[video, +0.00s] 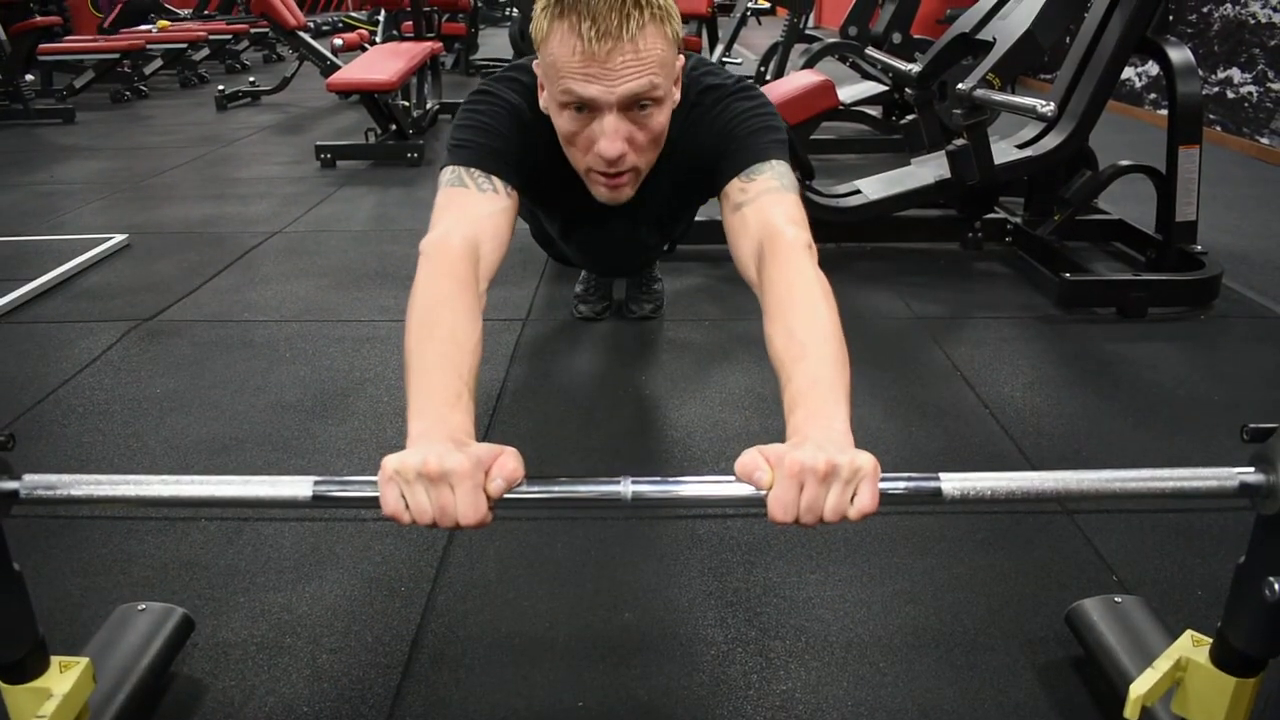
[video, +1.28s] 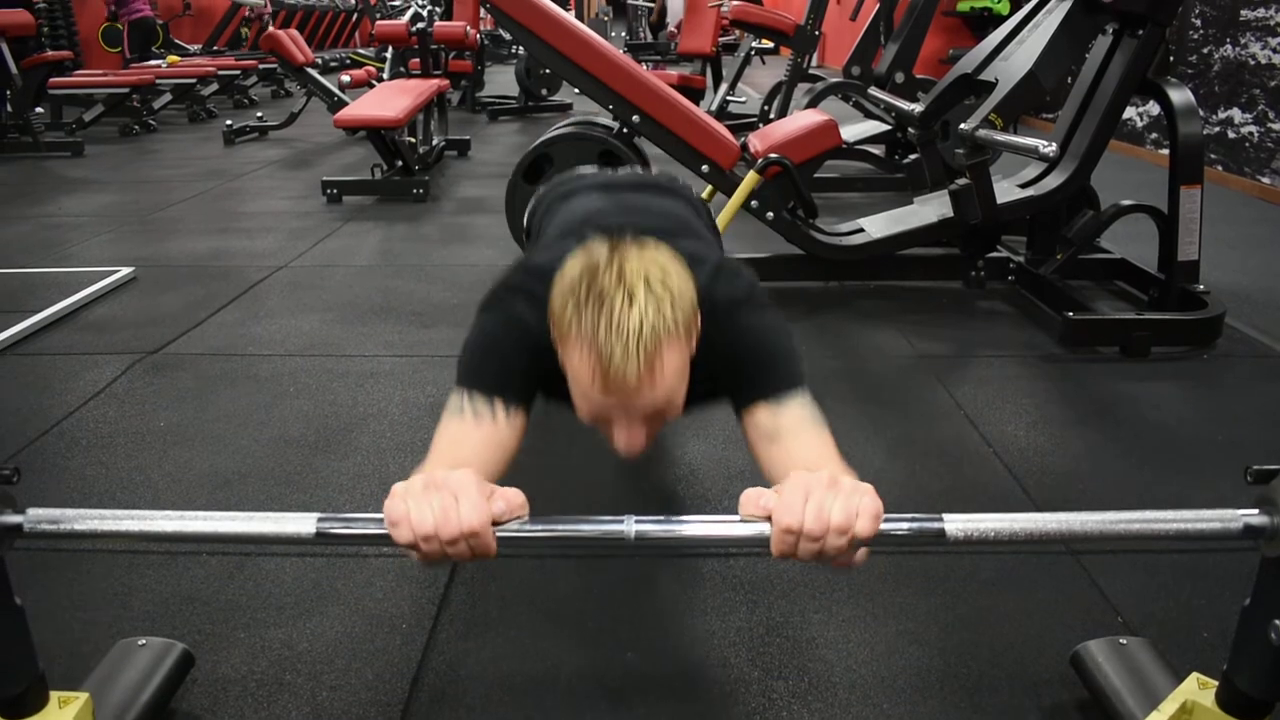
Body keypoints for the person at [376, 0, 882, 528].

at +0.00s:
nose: (611, 144)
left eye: (640, 106)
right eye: (580, 108)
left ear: (679, 73)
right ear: (541, 83)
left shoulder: (729, 109)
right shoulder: (502, 108)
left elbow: (782, 253)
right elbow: (452, 258)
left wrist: (821, 438)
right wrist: (438, 439)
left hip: (655, 223)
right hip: (566, 230)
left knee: (643, 249)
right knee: (585, 254)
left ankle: (641, 275)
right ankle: (595, 274)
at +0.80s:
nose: (618, 201)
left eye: (645, 169)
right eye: (590, 171)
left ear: (681, 132)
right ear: (549, 140)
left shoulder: (727, 151)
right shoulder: (507, 151)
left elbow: (794, 300)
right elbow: (452, 295)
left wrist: (827, 469)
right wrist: (440, 467)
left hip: (665, 247)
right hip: (563, 251)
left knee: (645, 273)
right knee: (582, 280)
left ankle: (638, 298)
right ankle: (599, 297)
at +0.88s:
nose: (621, 235)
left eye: (647, 204)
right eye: (594, 205)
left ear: (682, 163)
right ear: (553, 165)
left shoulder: (727, 168)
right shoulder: (513, 165)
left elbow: (800, 318)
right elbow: (452, 311)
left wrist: (825, 473)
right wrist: (441, 471)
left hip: (666, 263)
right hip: (565, 261)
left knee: (644, 297)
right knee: (586, 295)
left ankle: (638, 312)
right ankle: (597, 310)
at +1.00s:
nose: (628, 300)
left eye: (654, 266)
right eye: (601, 267)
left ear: (688, 216)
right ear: (561, 220)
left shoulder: (733, 207)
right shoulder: (519, 203)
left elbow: (812, 361)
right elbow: (452, 358)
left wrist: (827, 476)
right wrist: (443, 477)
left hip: (686, 276)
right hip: (571, 279)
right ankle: (597, 325)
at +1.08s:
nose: (630, 344)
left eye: (657, 313)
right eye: (600, 315)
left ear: (689, 249)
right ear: (560, 254)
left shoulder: (738, 241)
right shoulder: (519, 240)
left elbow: (820, 392)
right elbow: (451, 389)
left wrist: (826, 479)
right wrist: (442, 479)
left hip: (671, 145)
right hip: (552, 150)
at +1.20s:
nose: (629, 404)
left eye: (655, 373)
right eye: (601, 376)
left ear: (691, 300)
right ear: (561, 312)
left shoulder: (738, 277)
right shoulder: (519, 281)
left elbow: (821, 437)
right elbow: (453, 432)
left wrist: (830, 488)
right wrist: (439, 486)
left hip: (673, 173)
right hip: (559, 166)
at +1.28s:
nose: (630, 443)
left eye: (655, 415)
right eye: (603, 418)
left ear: (691, 342)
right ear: (562, 355)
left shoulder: (736, 308)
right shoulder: (518, 313)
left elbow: (820, 473)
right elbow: (447, 475)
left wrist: (822, 503)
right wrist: (444, 500)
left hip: (677, 196)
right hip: (564, 195)